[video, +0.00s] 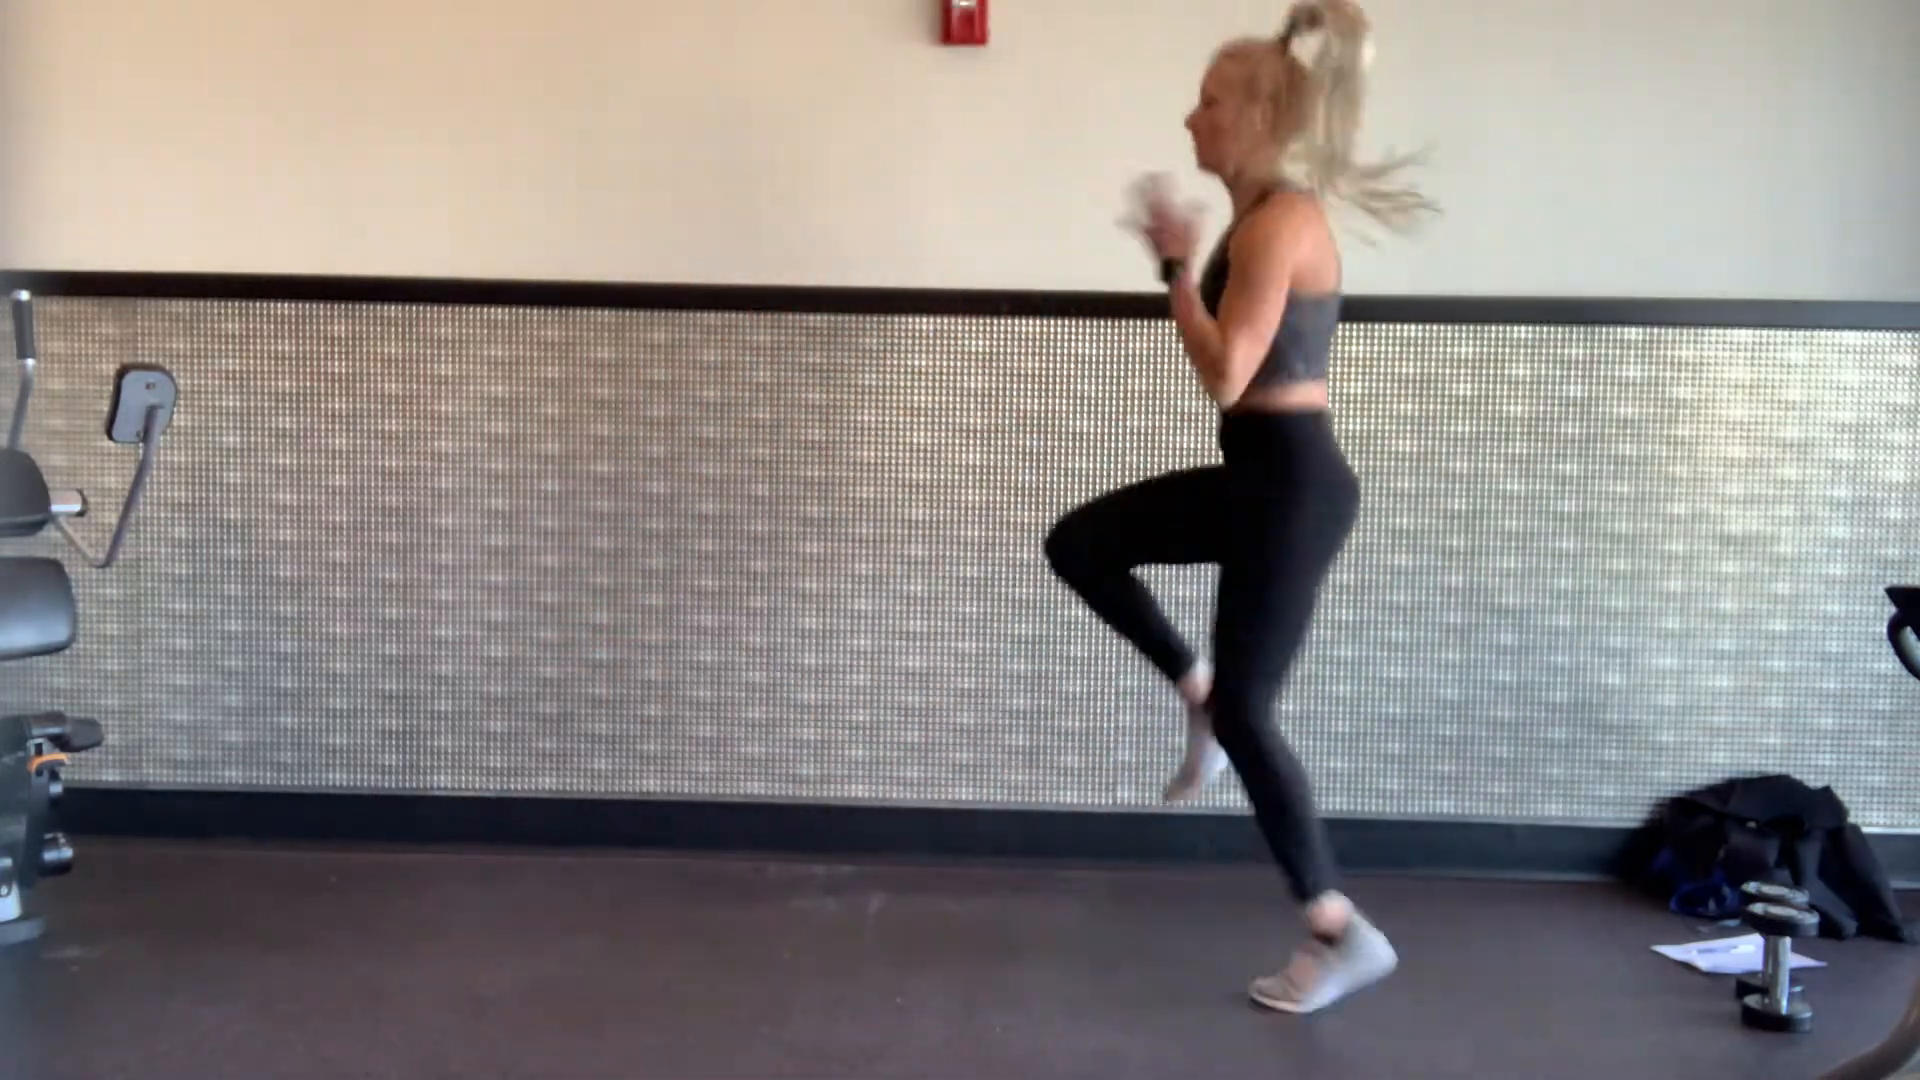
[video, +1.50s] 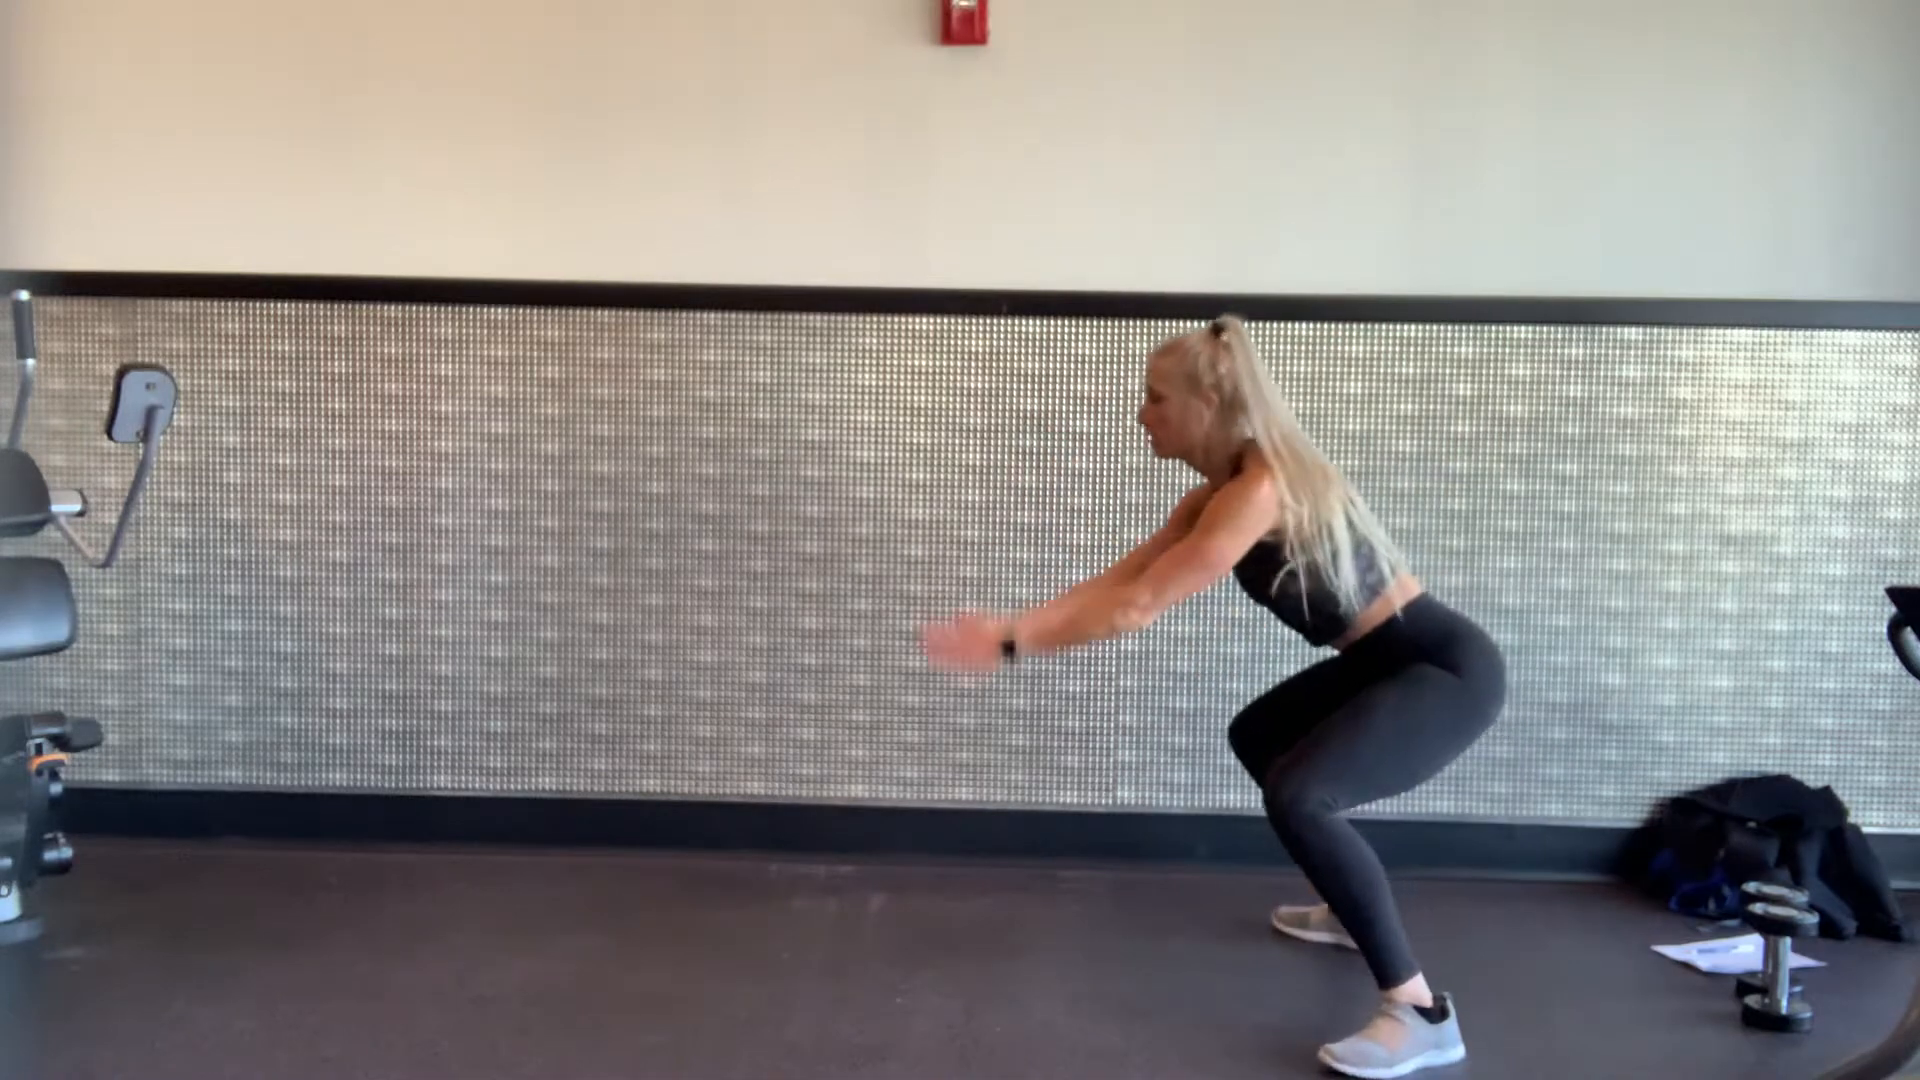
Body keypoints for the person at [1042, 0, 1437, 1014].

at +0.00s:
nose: (1193, 117)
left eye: (1210, 103)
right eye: (1199, 100)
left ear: (1258, 122)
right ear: (1263, 124)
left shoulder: (1282, 223)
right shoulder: (1267, 217)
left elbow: (1224, 374)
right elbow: (1232, 351)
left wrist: (1180, 276)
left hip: (1294, 490)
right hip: (1261, 482)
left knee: (1241, 707)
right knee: (1080, 543)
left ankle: (1338, 928)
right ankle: (1200, 691)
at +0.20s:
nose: (1223, 130)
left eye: (1239, 115)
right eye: (1229, 113)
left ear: (1289, 128)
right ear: (1289, 131)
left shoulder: (1321, 231)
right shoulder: (1311, 223)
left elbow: (1284, 384)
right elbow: (1291, 364)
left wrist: (1197, 311)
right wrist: (1203, 309)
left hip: (1342, 496)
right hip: (1309, 487)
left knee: (1306, 718)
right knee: (1140, 571)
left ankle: (1355, 945)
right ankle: (1258, 731)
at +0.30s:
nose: (1231, 102)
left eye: (1248, 88)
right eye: (1238, 85)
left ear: (1297, 103)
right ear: (1295, 106)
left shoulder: (1335, 202)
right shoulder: (1311, 200)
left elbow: (1319, 361)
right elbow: (1316, 362)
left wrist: (1197, 337)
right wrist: (1224, 421)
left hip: (1377, 467)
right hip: (1335, 464)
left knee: (1304, 687)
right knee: (1214, 627)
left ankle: (1370, 918)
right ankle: (1296, 798)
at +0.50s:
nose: (1230, 243)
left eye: (1248, 233)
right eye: (1238, 228)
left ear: (1297, 253)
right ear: (1295, 253)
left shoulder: (1340, 340)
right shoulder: (1304, 340)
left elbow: (1296, 493)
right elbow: (1261, 482)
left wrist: (1219, 414)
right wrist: (1208, 411)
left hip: (1439, 585)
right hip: (1396, 582)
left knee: (1339, 766)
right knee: (1288, 722)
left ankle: (1424, 1002)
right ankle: (1362, 904)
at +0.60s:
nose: (1223, 388)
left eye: (1237, 373)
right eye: (1225, 370)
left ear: (1282, 383)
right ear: (1283, 384)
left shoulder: (1335, 463)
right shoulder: (1291, 467)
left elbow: (1251, 603)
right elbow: (1204, 583)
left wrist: (1212, 495)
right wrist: (1204, 490)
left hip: (1483, 671)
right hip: (1426, 663)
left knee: (1323, 779)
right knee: (1277, 729)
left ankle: (1419, 1007)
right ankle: (1358, 907)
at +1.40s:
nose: (1168, 408)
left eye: (1181, 394)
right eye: (1171, 392)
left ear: (1230, 407)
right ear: (1232, 409)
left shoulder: (1277, 488)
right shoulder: (1242, 485)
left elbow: (1148, 593)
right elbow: (1142, 566)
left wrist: (1063, 509)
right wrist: (1062, 508)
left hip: (1469, 669)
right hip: (1412, 658)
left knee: (1321, 782)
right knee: (1274, 727)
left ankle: (1419, 1007)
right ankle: (1357, 906)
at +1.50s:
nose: (1143, 418)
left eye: (1154, 400)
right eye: (1144, 401)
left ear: (1208, 404)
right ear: (1207, 408)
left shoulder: (1259, 488)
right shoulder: (1215, 492)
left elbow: (1141, 603)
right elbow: (1120, 583)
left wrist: (1014, 641)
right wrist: (1012, 631)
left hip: (1446, 669)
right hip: (1390, 662)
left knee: (1299, 794)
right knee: (1255, 734)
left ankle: (1419, 1010)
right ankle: (1357, 907)